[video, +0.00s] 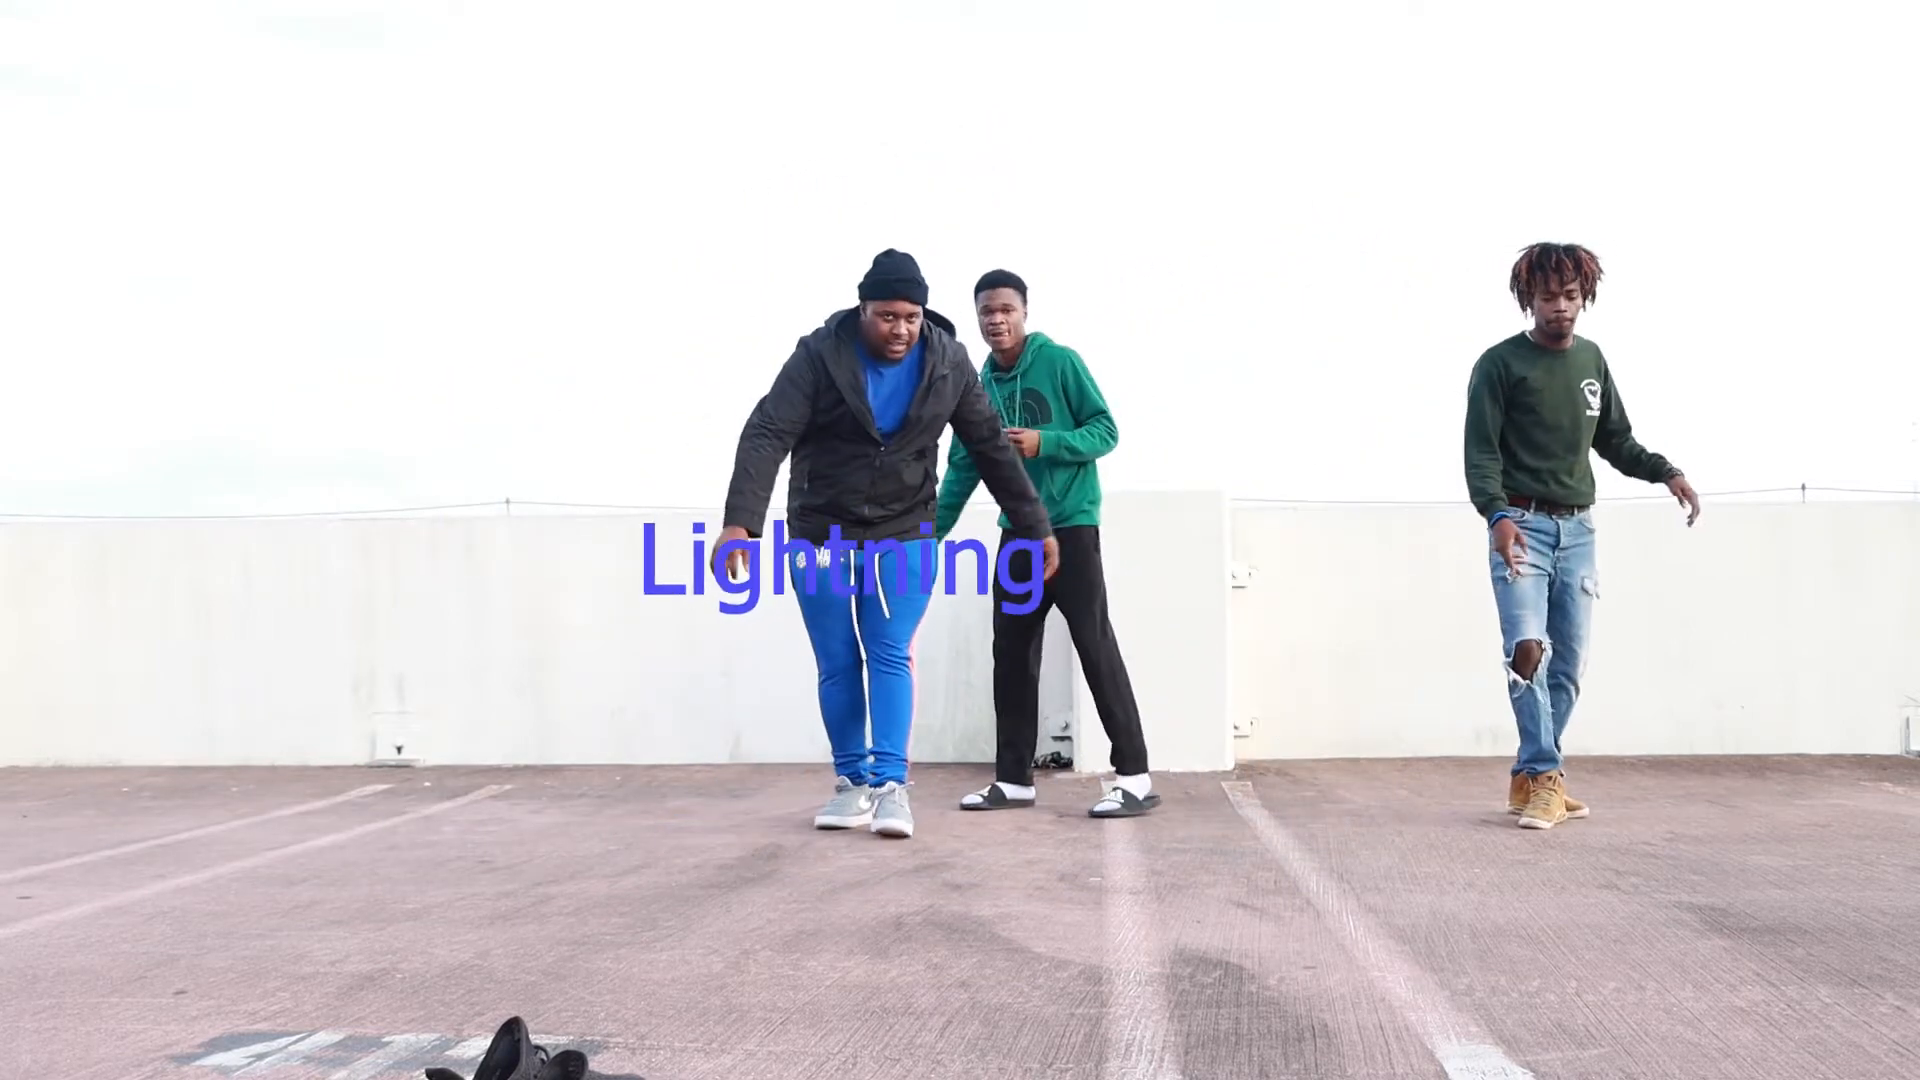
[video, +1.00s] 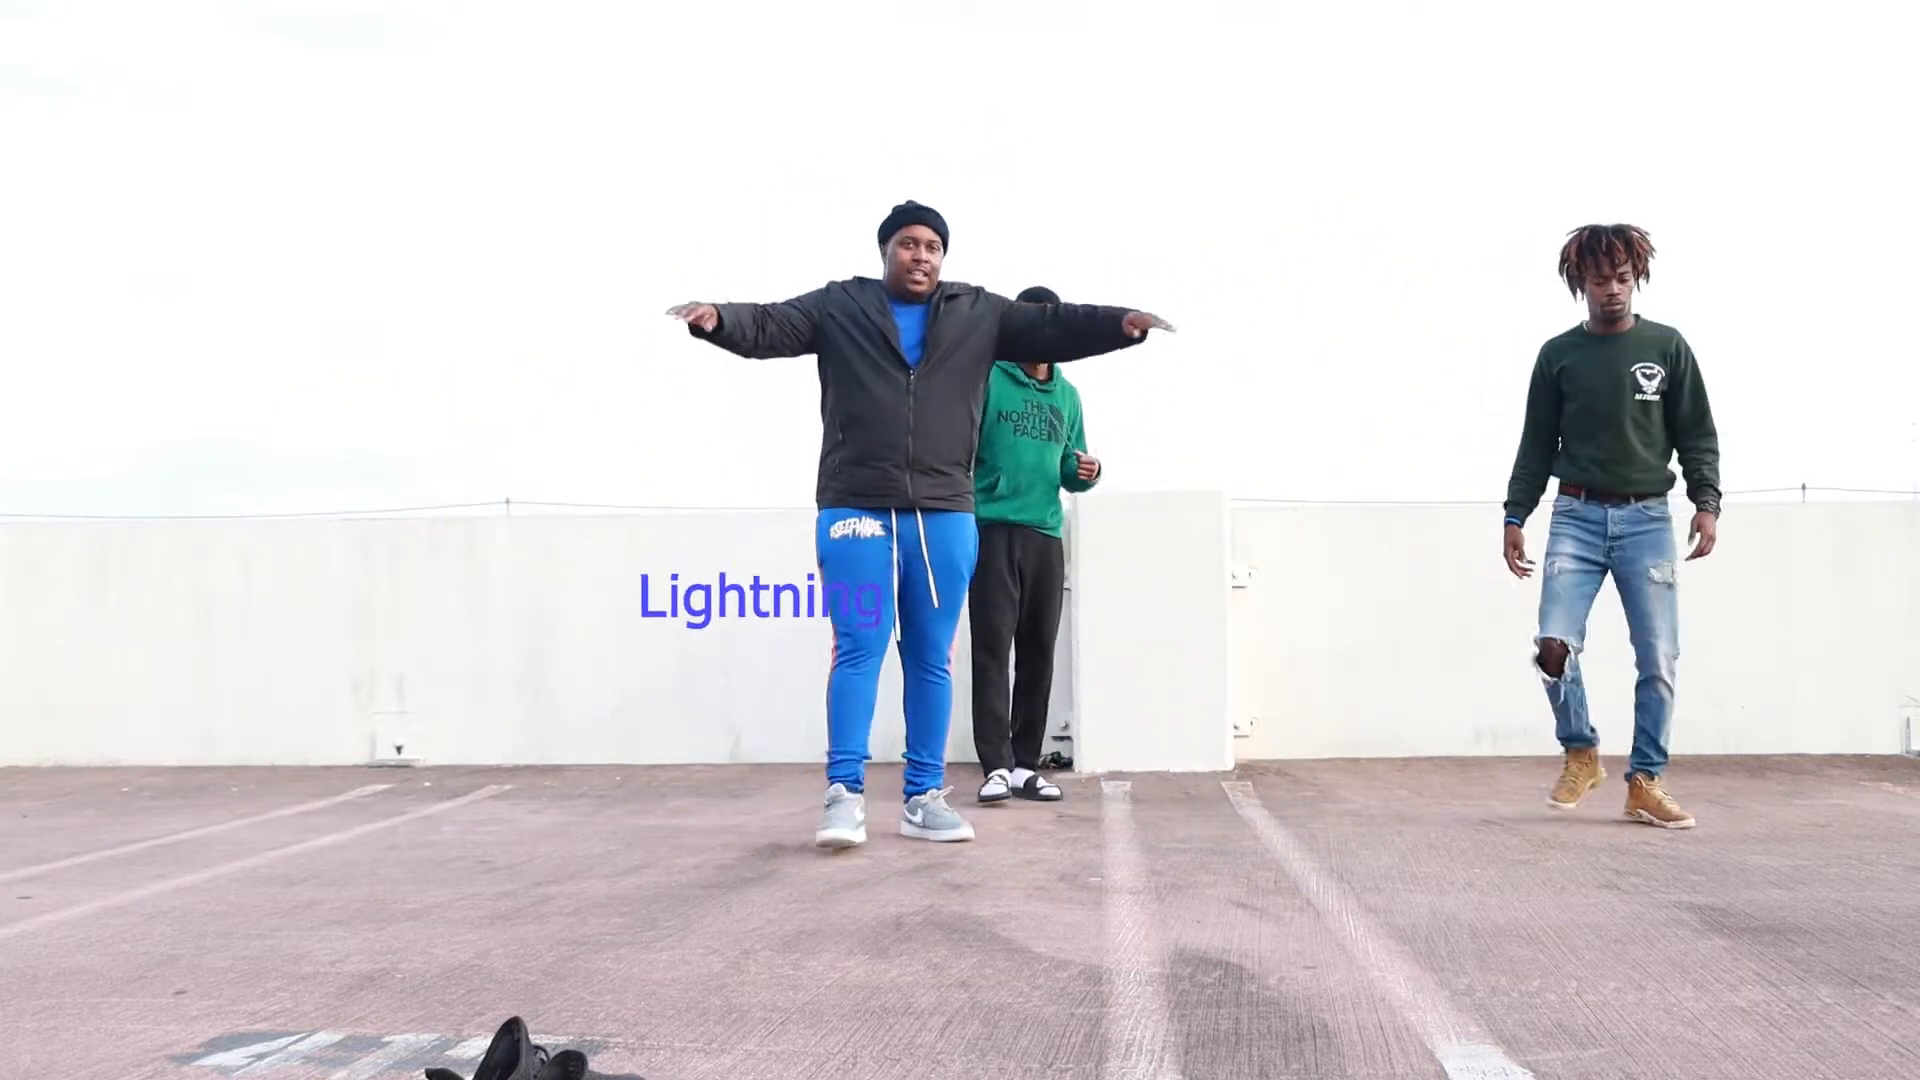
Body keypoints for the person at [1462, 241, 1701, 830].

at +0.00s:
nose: (1560, 307)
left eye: (1569, 295)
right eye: (1548, 296)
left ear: (1583, 297)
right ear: (1527, 299)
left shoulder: (1590, 359)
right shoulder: (1498, 364)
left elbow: (1613, 440)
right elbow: (1480, 454)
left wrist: (1666, 472)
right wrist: (1498, 516)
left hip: (1577, 525)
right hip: (1520, 523)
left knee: (1567, 661)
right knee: (1528, 649)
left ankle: (1529, 778)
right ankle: (1544, 778)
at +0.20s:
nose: (1572, 294)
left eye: (1582, 283)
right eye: (1560, 282)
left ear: (1593, 285)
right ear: (1537, 283)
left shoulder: (1582, 352)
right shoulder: (1506, 350)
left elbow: (1592, 445)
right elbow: (1495, 444)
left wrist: (1642, 475)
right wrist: (1525, 504)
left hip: (1576, 513)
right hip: (1523, 510)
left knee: (1594, 642)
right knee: (1542, 639)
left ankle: (1529, 757)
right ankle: (1520, 771)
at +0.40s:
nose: (1579, 296)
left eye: (1588, 286)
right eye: (1566, 285)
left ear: (1598, 288)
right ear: (1541, 286)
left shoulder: (1587, 353)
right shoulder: (1511, 352)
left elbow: (1595, 449)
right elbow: (1497, 451)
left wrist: (1640, 492)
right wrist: (1522, 510)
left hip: (1588, 517)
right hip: (1536, 515)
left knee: (1613, 646)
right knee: (1542, 648)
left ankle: (1620, 783)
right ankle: (1525, 780)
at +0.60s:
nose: (1596, 294)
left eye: (1605, 283)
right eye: (1584, 283)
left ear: (1614, 287)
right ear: (1558, 285)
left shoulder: (1608, 353)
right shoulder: (1527, 350)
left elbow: (1617, 448)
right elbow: (1501, 442)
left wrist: (1660, 498)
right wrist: (1506, 516)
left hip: (1603, 517)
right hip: (1548, 515)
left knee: (1627, 650)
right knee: (1547, 649)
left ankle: (1620, 785)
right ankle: (1523, 781)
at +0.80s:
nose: (1616, 299)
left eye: (1625, 287)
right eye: (1604, 289)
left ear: (1637, 289)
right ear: (1579, 290)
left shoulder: (1644, 354)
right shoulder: (1546, 356)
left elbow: (1663, 440)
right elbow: (1514, 444)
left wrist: (1690, 501)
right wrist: (1496, 523)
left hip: (1630, 521)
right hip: (1568, 520)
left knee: (1649, 657)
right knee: (1557, 651)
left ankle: (1637, 783)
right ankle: (1527, 781)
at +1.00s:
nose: (1612, 289)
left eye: (1622, 277)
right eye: (1599, 279)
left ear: (1637, 277)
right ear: (1580, 282)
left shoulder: (1667, 347)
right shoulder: (1557, 354)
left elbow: (1696, 431)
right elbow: (1537, 443)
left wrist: (1705, 503)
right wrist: (1514, 516)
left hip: (1648, 517)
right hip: (1575, 516)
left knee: (1660, 657)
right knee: (1553, 648)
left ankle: (1646, 781)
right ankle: (1579, 754)